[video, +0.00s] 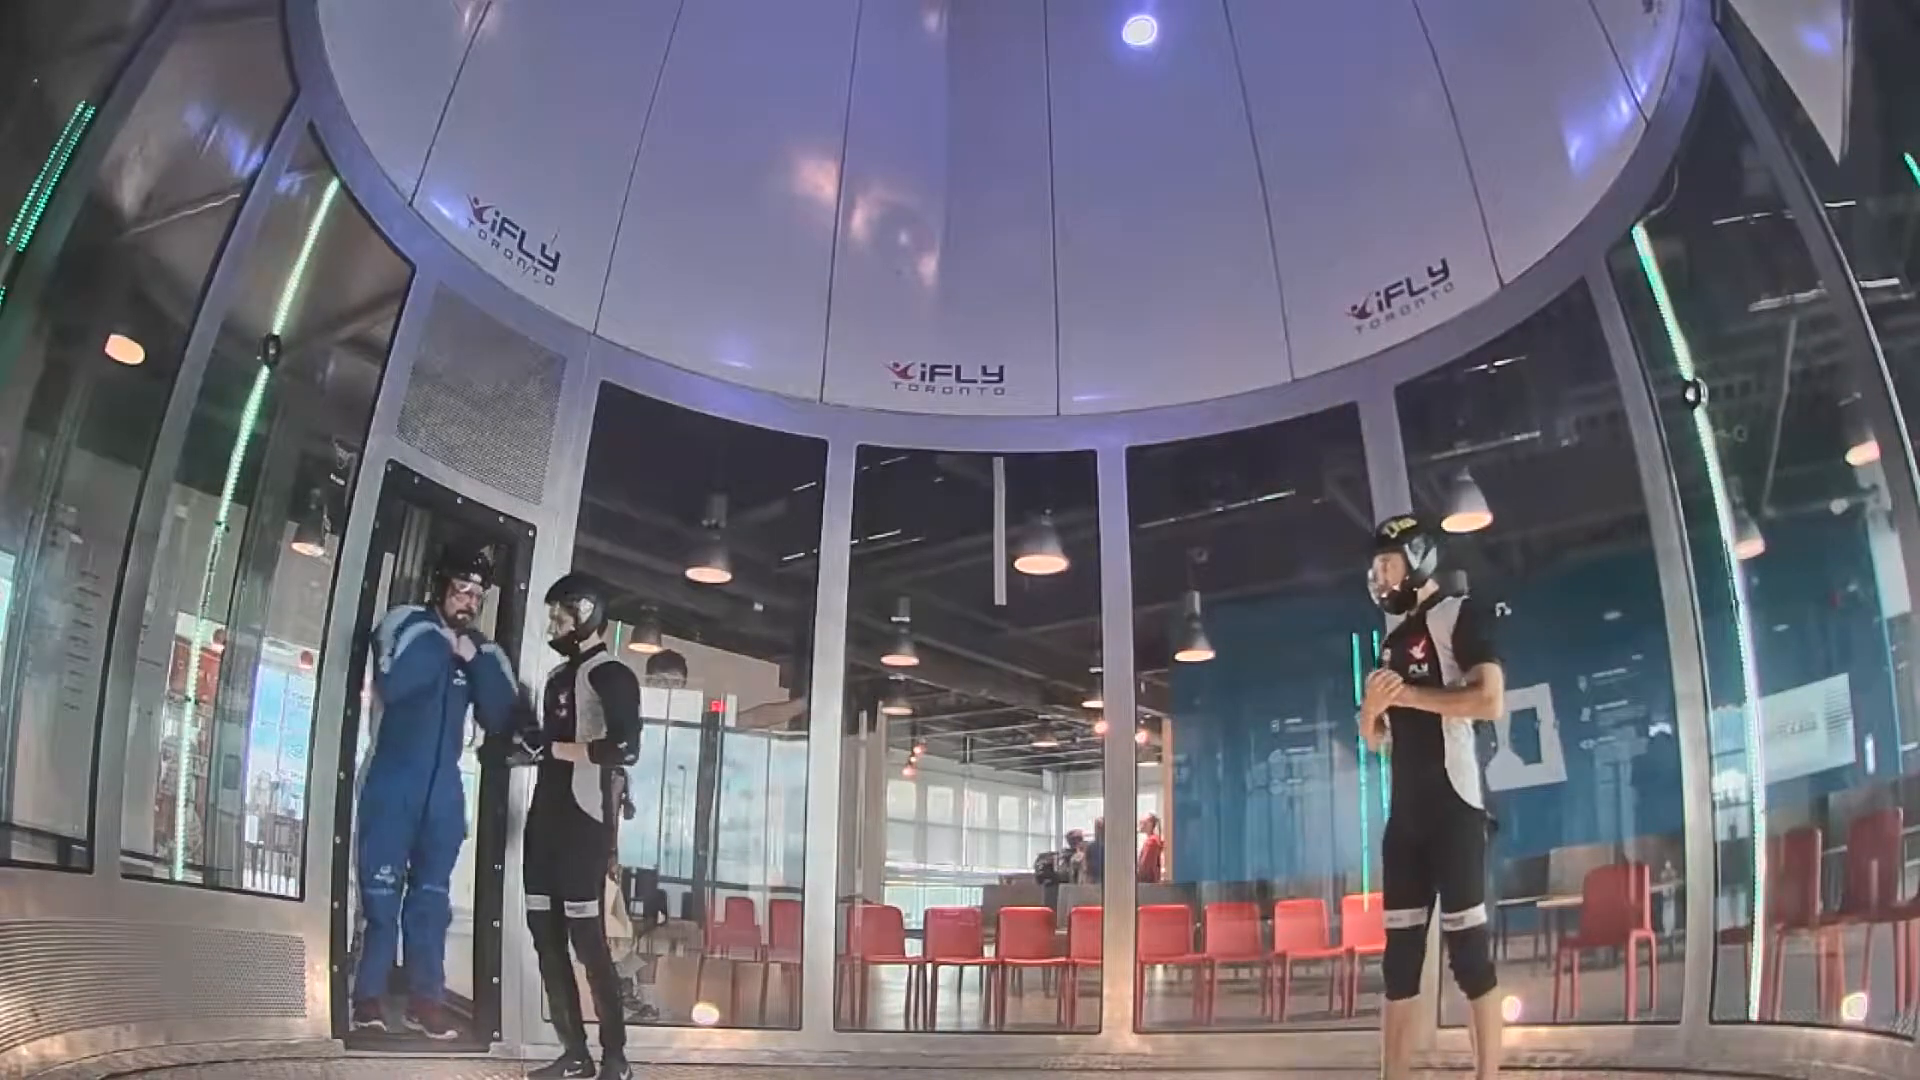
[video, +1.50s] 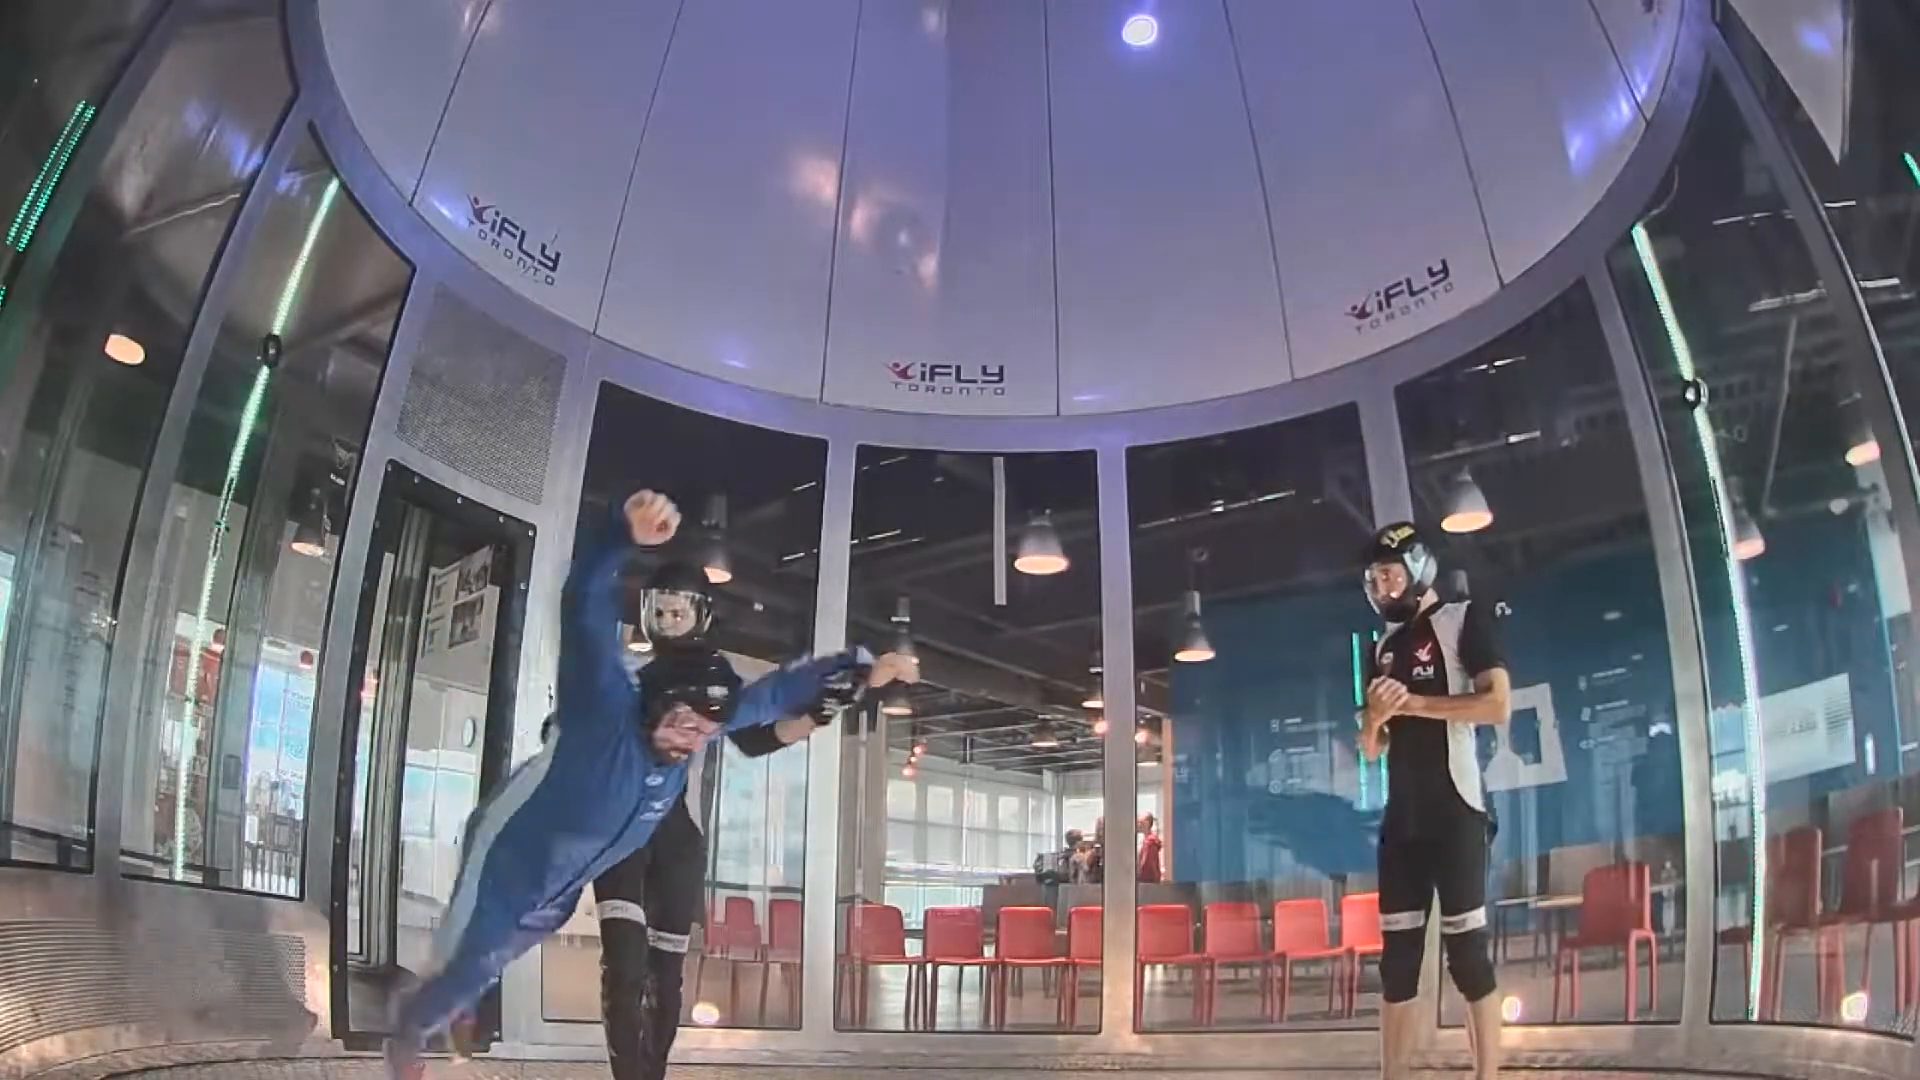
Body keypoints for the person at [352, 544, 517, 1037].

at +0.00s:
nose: (467, 600)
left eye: (476, 593)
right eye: (460, 588)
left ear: (482, 599)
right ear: (441, 586)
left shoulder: (484, 651)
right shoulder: (408, 623)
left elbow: (499, 718)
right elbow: (394, 686)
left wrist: (480, 656)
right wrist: (440, 640)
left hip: (446, 784)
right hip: (394, 777)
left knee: (432, 893)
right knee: (382, 889)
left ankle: (426, 1002)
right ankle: (368, 1001)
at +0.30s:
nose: (487, 604)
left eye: (496, 597)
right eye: (479, 592)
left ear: (503, 605)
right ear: (459, 592)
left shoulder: (502, 649)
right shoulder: (427, 633)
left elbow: (531, 708)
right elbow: (399, 691)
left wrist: (496, 658)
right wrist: (453, 645)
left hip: (471, 788)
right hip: (422, 781)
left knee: (446, 894)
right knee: (420, 886)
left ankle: (431, 1000)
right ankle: (388, 992)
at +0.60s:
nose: (516, 624)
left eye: (527, 616)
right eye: (509, 610)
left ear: (533, 622)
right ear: (487, 606)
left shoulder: (525, 663)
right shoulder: (457, 653)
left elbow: (564, 720)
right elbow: (432, 720)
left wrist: (533, 684)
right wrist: (488, 678)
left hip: (489, 808)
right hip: (438, 800)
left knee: (470, 912)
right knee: (450, 899)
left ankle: (430, 1018)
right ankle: (404, 1021)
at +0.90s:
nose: (558, 657)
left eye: (569, 649)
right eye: (550, 642)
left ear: (577, 653)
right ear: (525, 635)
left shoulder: (567, 691)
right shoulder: (492, 676)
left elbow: (622, 735)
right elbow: (452, 726)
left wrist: (596, 731)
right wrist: (539, 715)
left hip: (504, 833)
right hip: (447, 823)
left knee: (487, 951)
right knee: (449, 935)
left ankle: (427, 1012)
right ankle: (401, 1051)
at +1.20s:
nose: (604, 714)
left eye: (615, 705)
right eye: (595, 701)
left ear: (624, 710)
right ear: (572, 694)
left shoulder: (618, 735)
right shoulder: (529, 720)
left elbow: (684, 725)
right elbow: (493, 656)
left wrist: (751, 715)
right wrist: (572, 651)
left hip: (529, 887)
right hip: (470, 869)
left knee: (498, 997)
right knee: (478, 992)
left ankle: (424, 1038)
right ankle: (404, 1040)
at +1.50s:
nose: (694, 738)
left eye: (706, 728)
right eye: (686, 719)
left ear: (714, 726)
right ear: (656, 699)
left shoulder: (696, 735)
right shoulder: (604, 704)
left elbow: (774, 697)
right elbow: (587, 612)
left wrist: (859, 668)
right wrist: (622, 536)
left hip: (558, 891)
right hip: (502, 862)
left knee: (484, 970)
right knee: (461, 970)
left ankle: (419, 1025)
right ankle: (407, 1034)